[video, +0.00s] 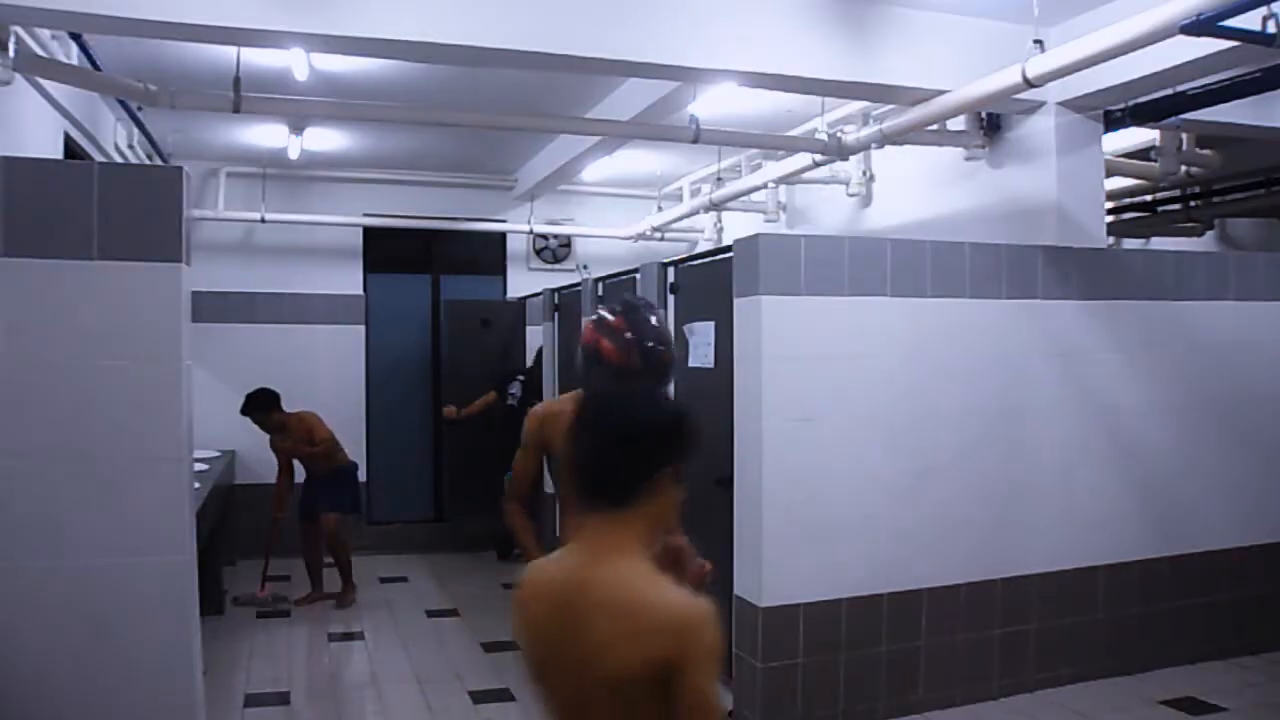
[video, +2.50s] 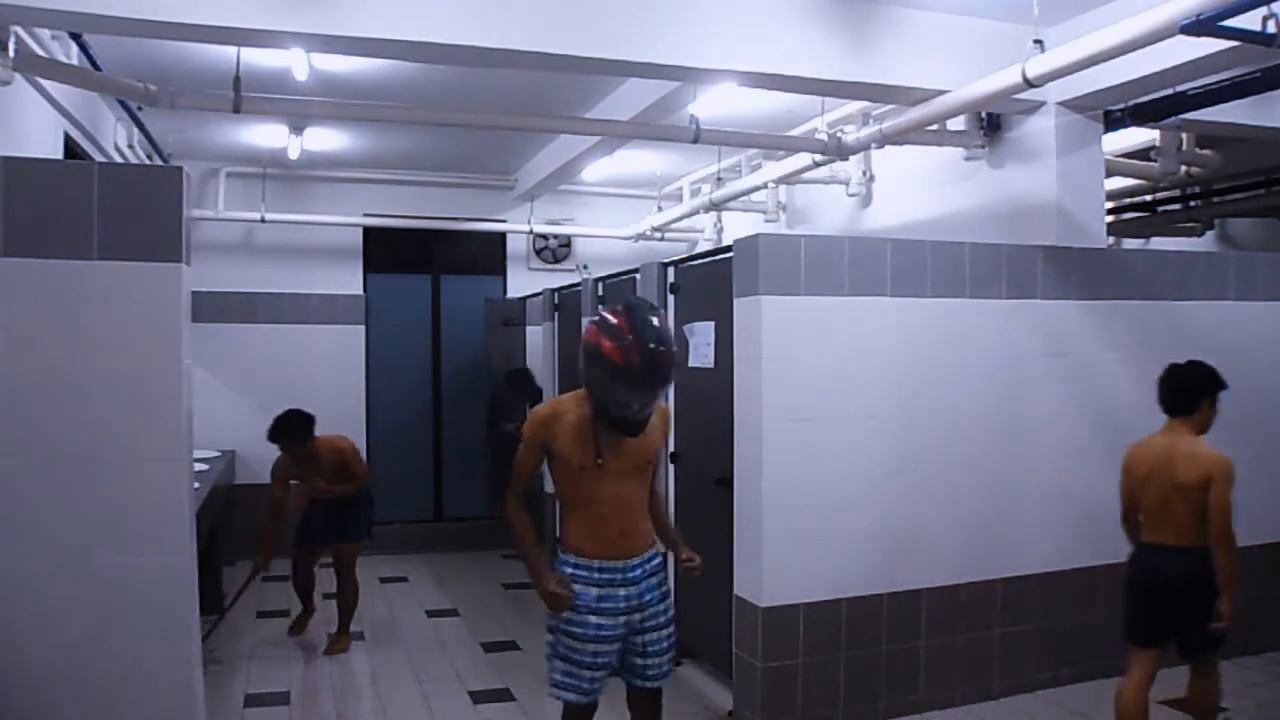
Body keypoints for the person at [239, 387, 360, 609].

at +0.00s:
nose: (259, 427)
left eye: (259, 421)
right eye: (256, 423)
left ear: (272, 413)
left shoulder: (307, 420)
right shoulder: (277, 441)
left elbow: (329, 446)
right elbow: (285, 474)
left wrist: (298, 450)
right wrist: (279, 509)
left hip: (339, 474)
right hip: (314, 479)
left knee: (330, 528)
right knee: (309, 531)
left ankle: (348, 586)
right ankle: (317, 589)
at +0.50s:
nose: (272, 435)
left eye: (273, 429)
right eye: (269, 430)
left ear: (287, 421)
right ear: (278, 426)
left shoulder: (324, 432)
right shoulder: (284, 447)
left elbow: (347, 465)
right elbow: (292, 484)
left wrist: (312, 467)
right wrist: (283, 516)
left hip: (348, 485)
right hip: (321, 487)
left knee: (340, 539)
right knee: (310, 535)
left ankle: (341, 605)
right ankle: (321, 588)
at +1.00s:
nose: (275, 437)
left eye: (277, 431)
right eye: (272, 432)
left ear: (292, 423)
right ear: (276, 430)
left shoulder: (331, 428)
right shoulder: (283, 453)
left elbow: (361, 455)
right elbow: (289, 491)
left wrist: (332, 457)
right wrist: (289, 528)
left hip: (347, 486)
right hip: (317, 488)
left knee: (342, 548)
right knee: (311, 549)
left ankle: (341, 609)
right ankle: (313, 611)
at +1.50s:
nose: (240, 445)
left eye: (239, 438)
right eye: (235, 440)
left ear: (253, 427)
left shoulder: (296, 430)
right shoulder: (258, 461)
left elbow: (334, 450)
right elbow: (266, 500)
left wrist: (304, 457)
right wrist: (264, 531)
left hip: (335, 487)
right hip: (306, 492)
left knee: (331, 552)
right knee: (302, 554)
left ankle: (345, 609)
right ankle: (312, 616)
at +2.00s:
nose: (243, 449)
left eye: (244, 441)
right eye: (240, 443)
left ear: (259, 431)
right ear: (257, 432)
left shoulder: (299, 443)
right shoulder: (268, 457)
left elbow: (324, 479)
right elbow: (269, 494)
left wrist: (283, 481)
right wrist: (260, 528)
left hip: (339, 497)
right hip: (310, 500)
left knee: (336, 564)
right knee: (303, 558)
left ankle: (341, 631)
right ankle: (313, 616)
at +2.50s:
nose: (282, 452)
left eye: (285, 446)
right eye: (280, 447)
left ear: (303, 441)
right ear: (283, 444)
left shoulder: (340, 448)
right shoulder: (283, 468)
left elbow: (362, 484)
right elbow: (276, 513)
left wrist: (326, 490)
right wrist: (265, 553)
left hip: (350, 506)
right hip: (316, 507)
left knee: (344, 568)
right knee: (301, 566)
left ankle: (343, 632)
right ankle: (307, 608)